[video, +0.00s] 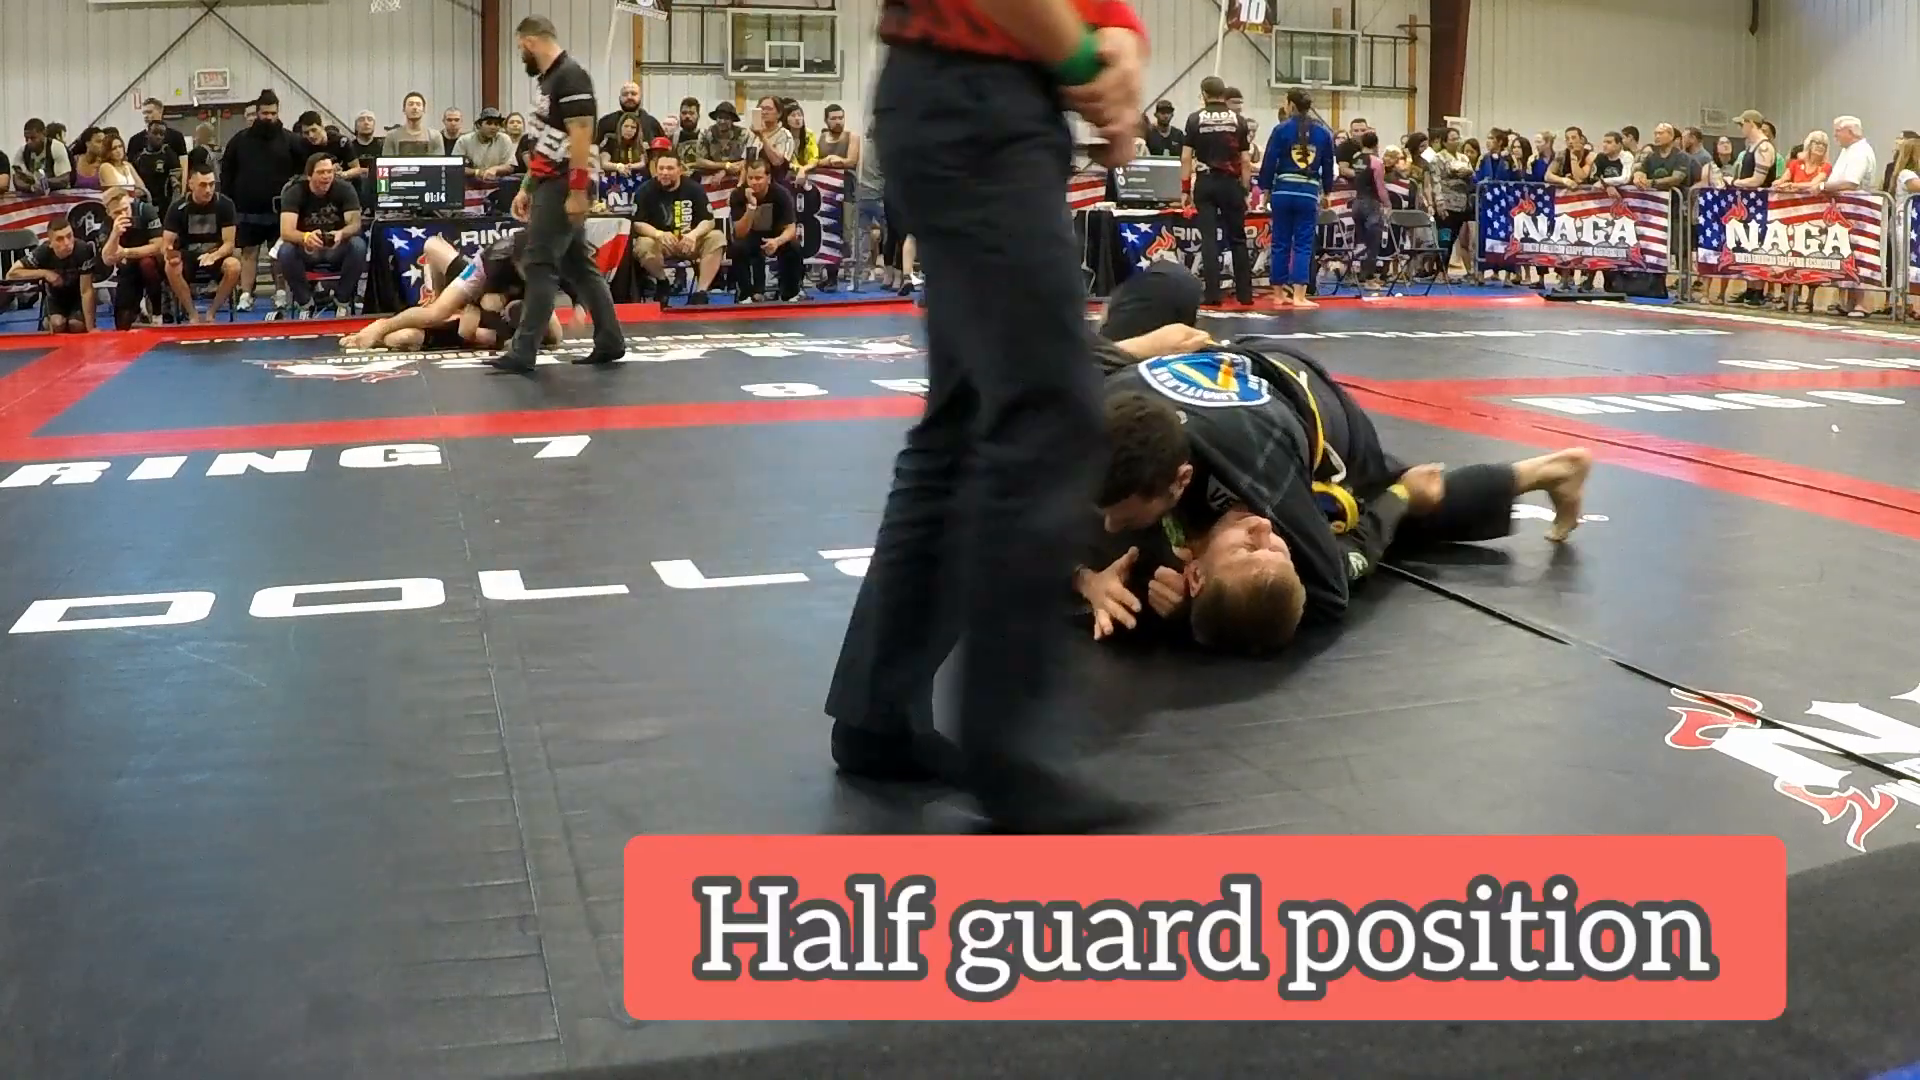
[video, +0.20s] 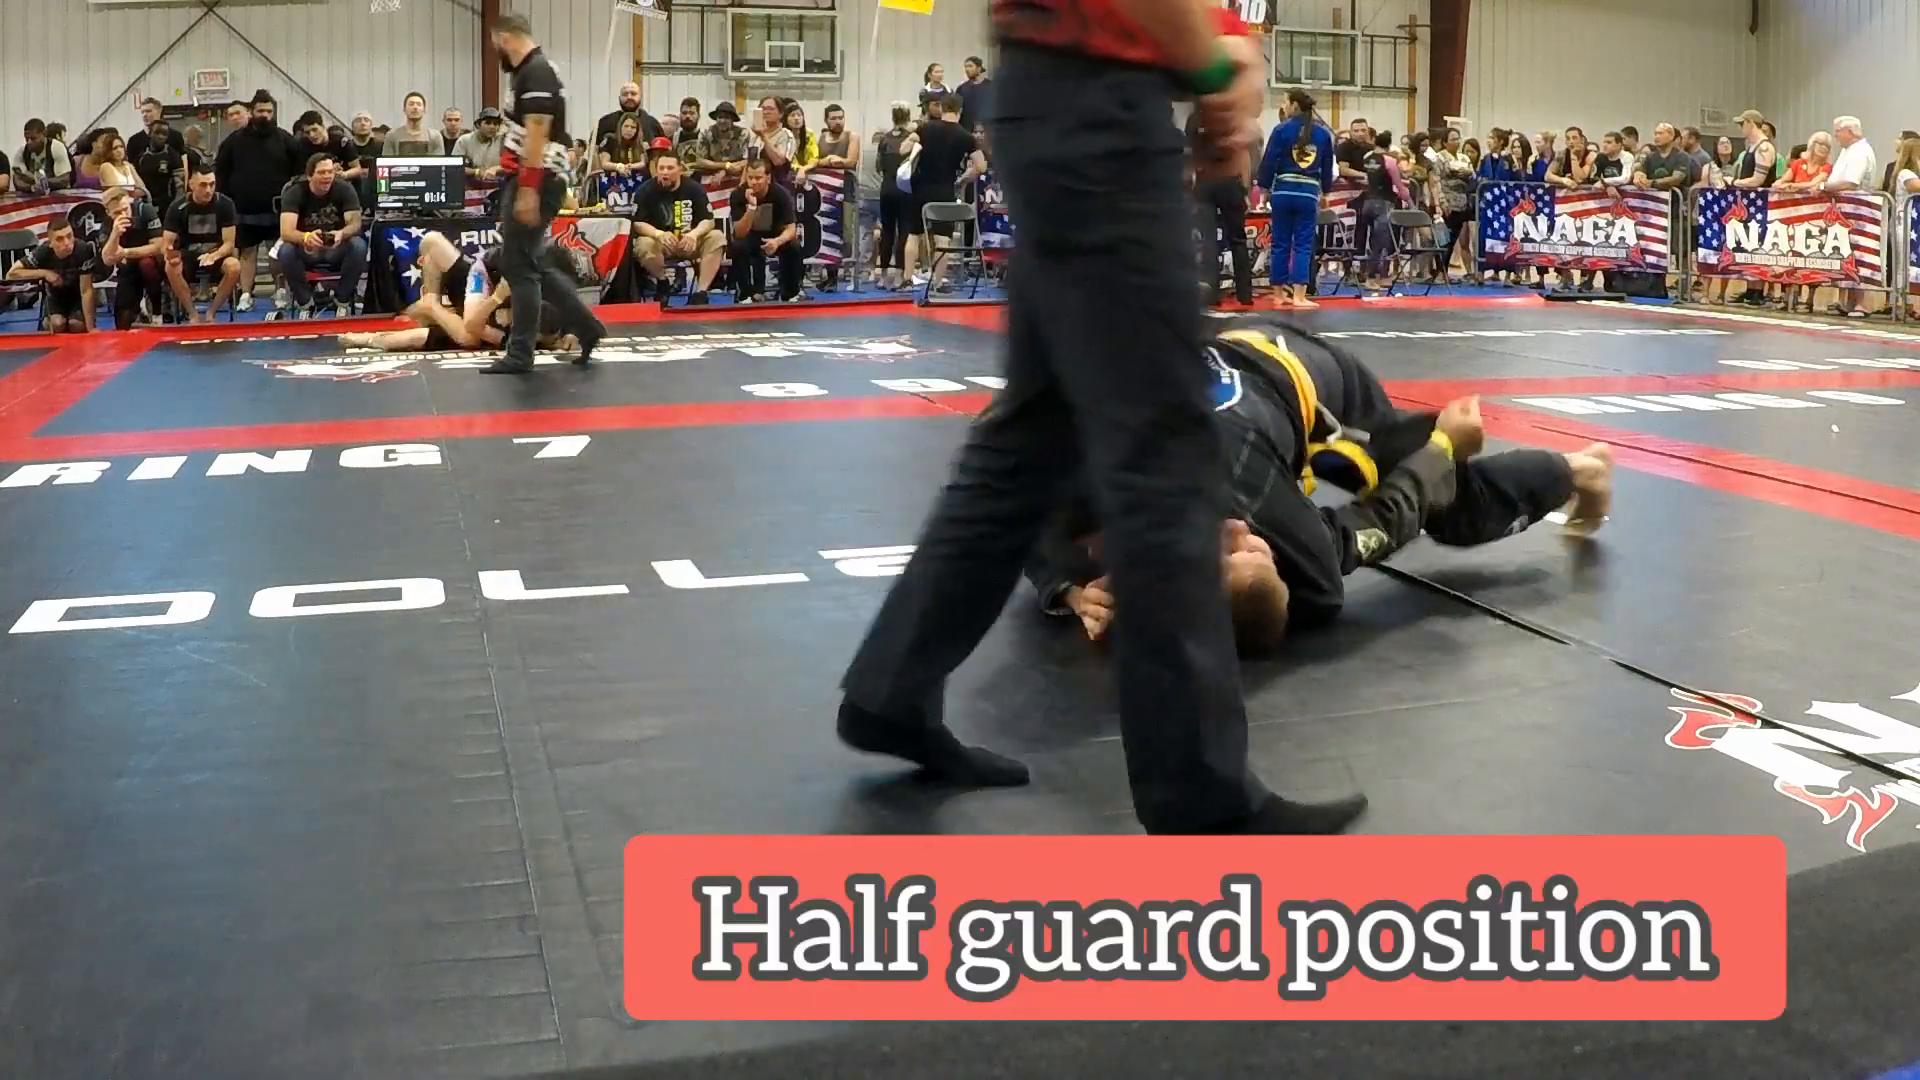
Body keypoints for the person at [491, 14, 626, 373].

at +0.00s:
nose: (521, 54)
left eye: (522, 47)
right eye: (521, 48)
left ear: (532, 42)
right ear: (540, 42)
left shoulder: (571, 76)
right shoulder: (548, 80)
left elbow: (581, 134)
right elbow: (544, 142)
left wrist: (578, 189)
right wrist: (527, 187)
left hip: (561, 184)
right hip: (547, 184)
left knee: (541, 264)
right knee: (576, 266)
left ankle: (522, 352)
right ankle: (610, 343)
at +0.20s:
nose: (498, 52)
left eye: (497, 45)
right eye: (497, 46)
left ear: (505, 39)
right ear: (521, 37)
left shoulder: (536, 72)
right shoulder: (529, 71)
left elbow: (537, 132)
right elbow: (527, 132)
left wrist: (529, 187)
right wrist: (507, 172)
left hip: (534, 180)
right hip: (530, 178)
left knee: (518, 264)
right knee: (530, 262)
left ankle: (519, 355)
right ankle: (588, 328)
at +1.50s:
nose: (470, 38)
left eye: (468, 33)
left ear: (470, 33)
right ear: (504, 30)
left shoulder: (457, 74)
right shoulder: (536, 67)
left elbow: (442, 137)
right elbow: (556, 125)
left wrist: (439, 195)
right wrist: (558, 179)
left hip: (487, 188)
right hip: (533, 185)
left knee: (500, 272)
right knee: (521, 267)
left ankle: (512, 362)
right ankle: (512, 350)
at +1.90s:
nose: (503, 33)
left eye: (502, 27)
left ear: (503, 28)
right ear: (536, 27)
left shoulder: (482, 72)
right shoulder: (563, 69)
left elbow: (477, 135)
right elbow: (577, 134)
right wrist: (553, 166)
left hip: (504, 183)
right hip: (554, 182)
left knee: (512, 271)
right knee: (575, 264)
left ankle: (512, 364)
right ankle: (595, 356)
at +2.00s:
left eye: (519, 29)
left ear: (517, 30)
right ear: (550, 29)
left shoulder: (497, 71)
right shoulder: (576, 71)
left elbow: (489, 134)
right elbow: (587, 136)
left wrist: (520, 120)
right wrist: (561, 162)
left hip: (516, 185)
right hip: (564, 185)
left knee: (517, 272)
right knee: (579, 267)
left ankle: (512, 364)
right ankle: (596, 359)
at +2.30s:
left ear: (563, 28)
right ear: (596, 31)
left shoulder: (538, 67)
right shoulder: (615, 73)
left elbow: (533, 126)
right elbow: (628, 144)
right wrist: (595, 157)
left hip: (547, 185)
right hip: (597, 184)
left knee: (535, 270)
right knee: (597, 270)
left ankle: (517, 360)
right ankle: (599, 360)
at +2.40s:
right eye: (603, 30)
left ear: (574, 26)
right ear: (607, 31)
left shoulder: (547, 66)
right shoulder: (626, 74)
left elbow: (541, 124)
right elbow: (635, 145)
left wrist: (572, 149)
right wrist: (604, 162)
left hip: (555, 183)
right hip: (605, 184)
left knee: (539, 267)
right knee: (600, 270)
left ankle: (522, 358)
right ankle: (599, 360)